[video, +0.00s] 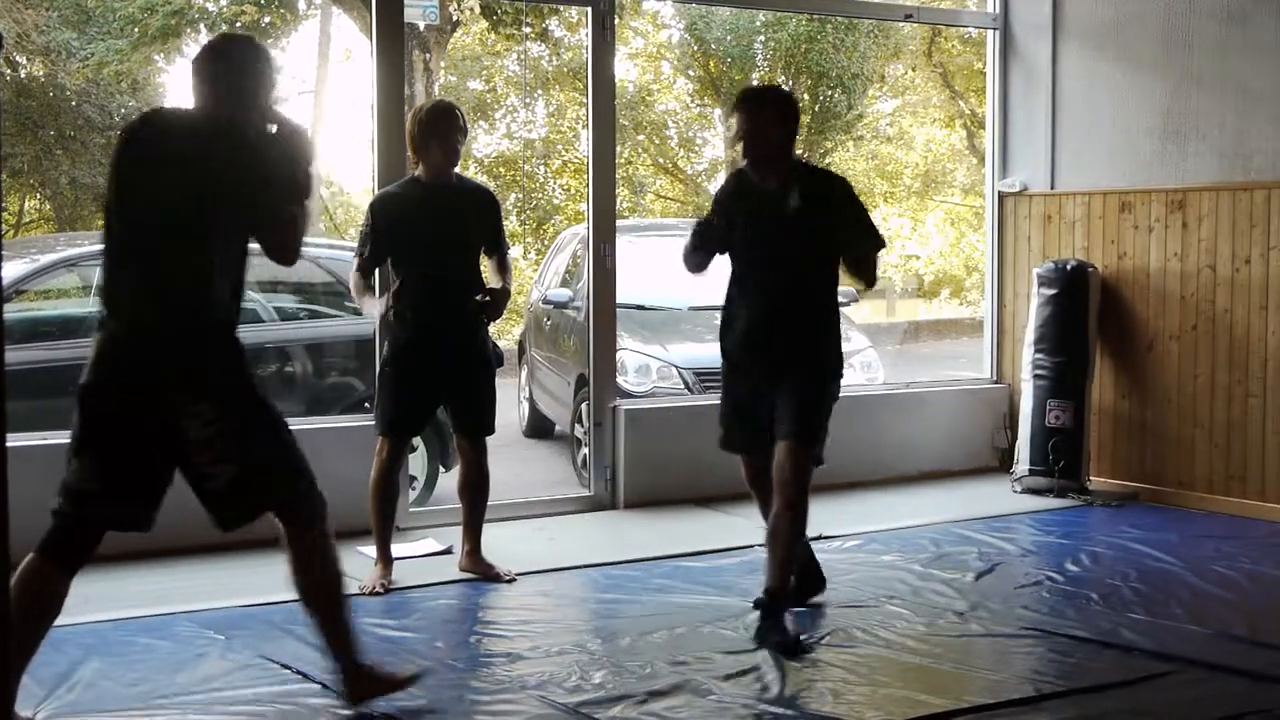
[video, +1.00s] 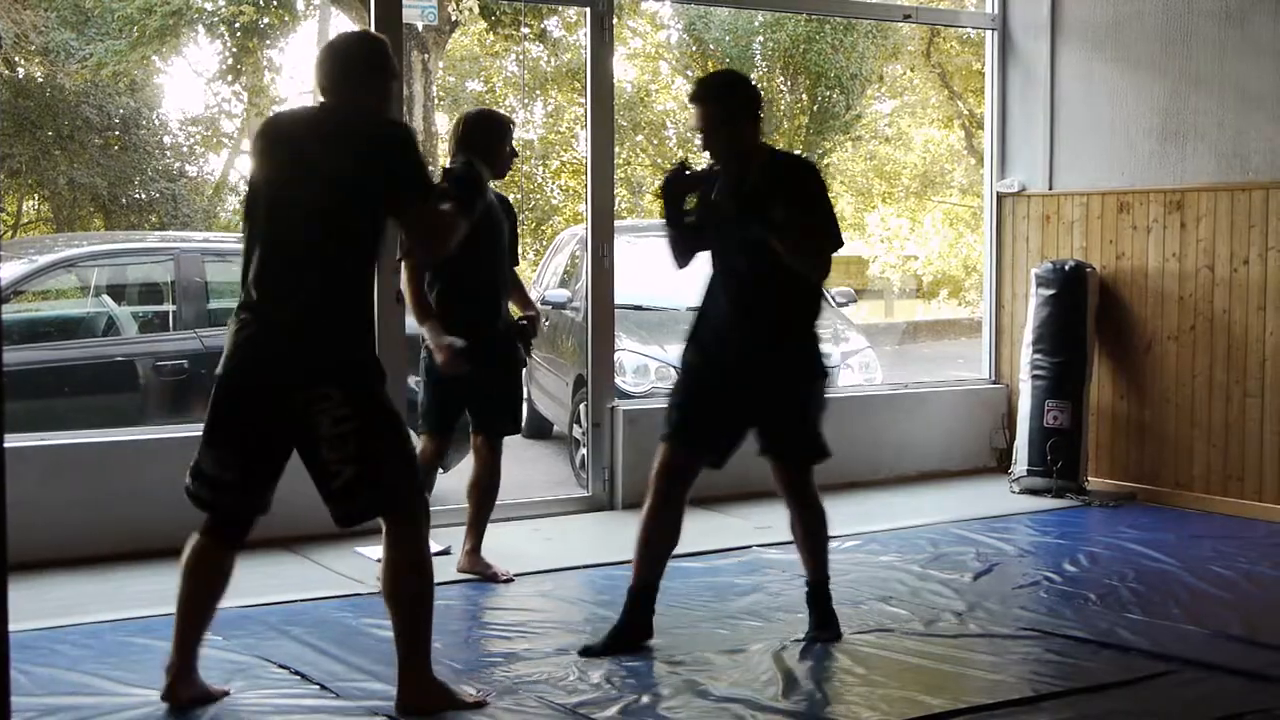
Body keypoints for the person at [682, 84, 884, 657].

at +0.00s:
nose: (747, 140)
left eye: (758, 129)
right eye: (742, 130)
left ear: (789, 130)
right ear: (737, 133)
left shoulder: (830, 190)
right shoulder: (736, 191)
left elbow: (866, 273)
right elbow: (694, 261)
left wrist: (839, 234)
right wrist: (714, 224)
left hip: (808, 347)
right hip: (747, 348)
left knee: (791, 473)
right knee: (759, 477)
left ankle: (772, 613)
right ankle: (805, 569)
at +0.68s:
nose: (730, 138)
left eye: (737, 125)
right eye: (728, 126)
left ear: (773, 120)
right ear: (745, 124)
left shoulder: (830, 169)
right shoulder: (753, 182)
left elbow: (848, 251)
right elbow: (740, 260)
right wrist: (716, 216)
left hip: (822, 346)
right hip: (762, 341)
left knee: (813, 476)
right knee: (706, 457)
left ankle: (826, 604)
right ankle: (751, 560)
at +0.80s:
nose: (727, 131)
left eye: (735, 117)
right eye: (726, 118)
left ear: (770, 116)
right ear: (747, 119)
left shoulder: (823, 168)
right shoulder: (730, 182)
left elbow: (823, 257)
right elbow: (726, 252)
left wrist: (749, 205)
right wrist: (732, 186)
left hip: (817, 346)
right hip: (752, 340)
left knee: (812, 476)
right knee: (688, 452)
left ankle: (827, 604)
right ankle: (695, 588)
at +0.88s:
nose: (721, 131)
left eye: (728, 120)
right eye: (720, 121)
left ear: (764, 115)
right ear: (741, 117)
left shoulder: (816, 174)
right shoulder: (729, 182)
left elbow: (835, 275)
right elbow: (712, 249)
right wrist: (718, 191)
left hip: (805, 349)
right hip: (740, 344)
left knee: (810, 480)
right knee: (681, 459)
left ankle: (826, 609)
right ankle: (654, 603)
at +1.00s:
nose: (702, 139)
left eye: (710, 127)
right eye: (700, 128)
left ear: (747, 119)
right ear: (710, 126)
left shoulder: (797, 174)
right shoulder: (715, 185)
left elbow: (817, 267)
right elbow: (683, 253)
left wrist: (750, 216)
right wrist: (675, 204)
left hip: (783, 354)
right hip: (718, 352)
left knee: (797, 484)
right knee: (667, 478)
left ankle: (821, 609)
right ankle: (635, 621)